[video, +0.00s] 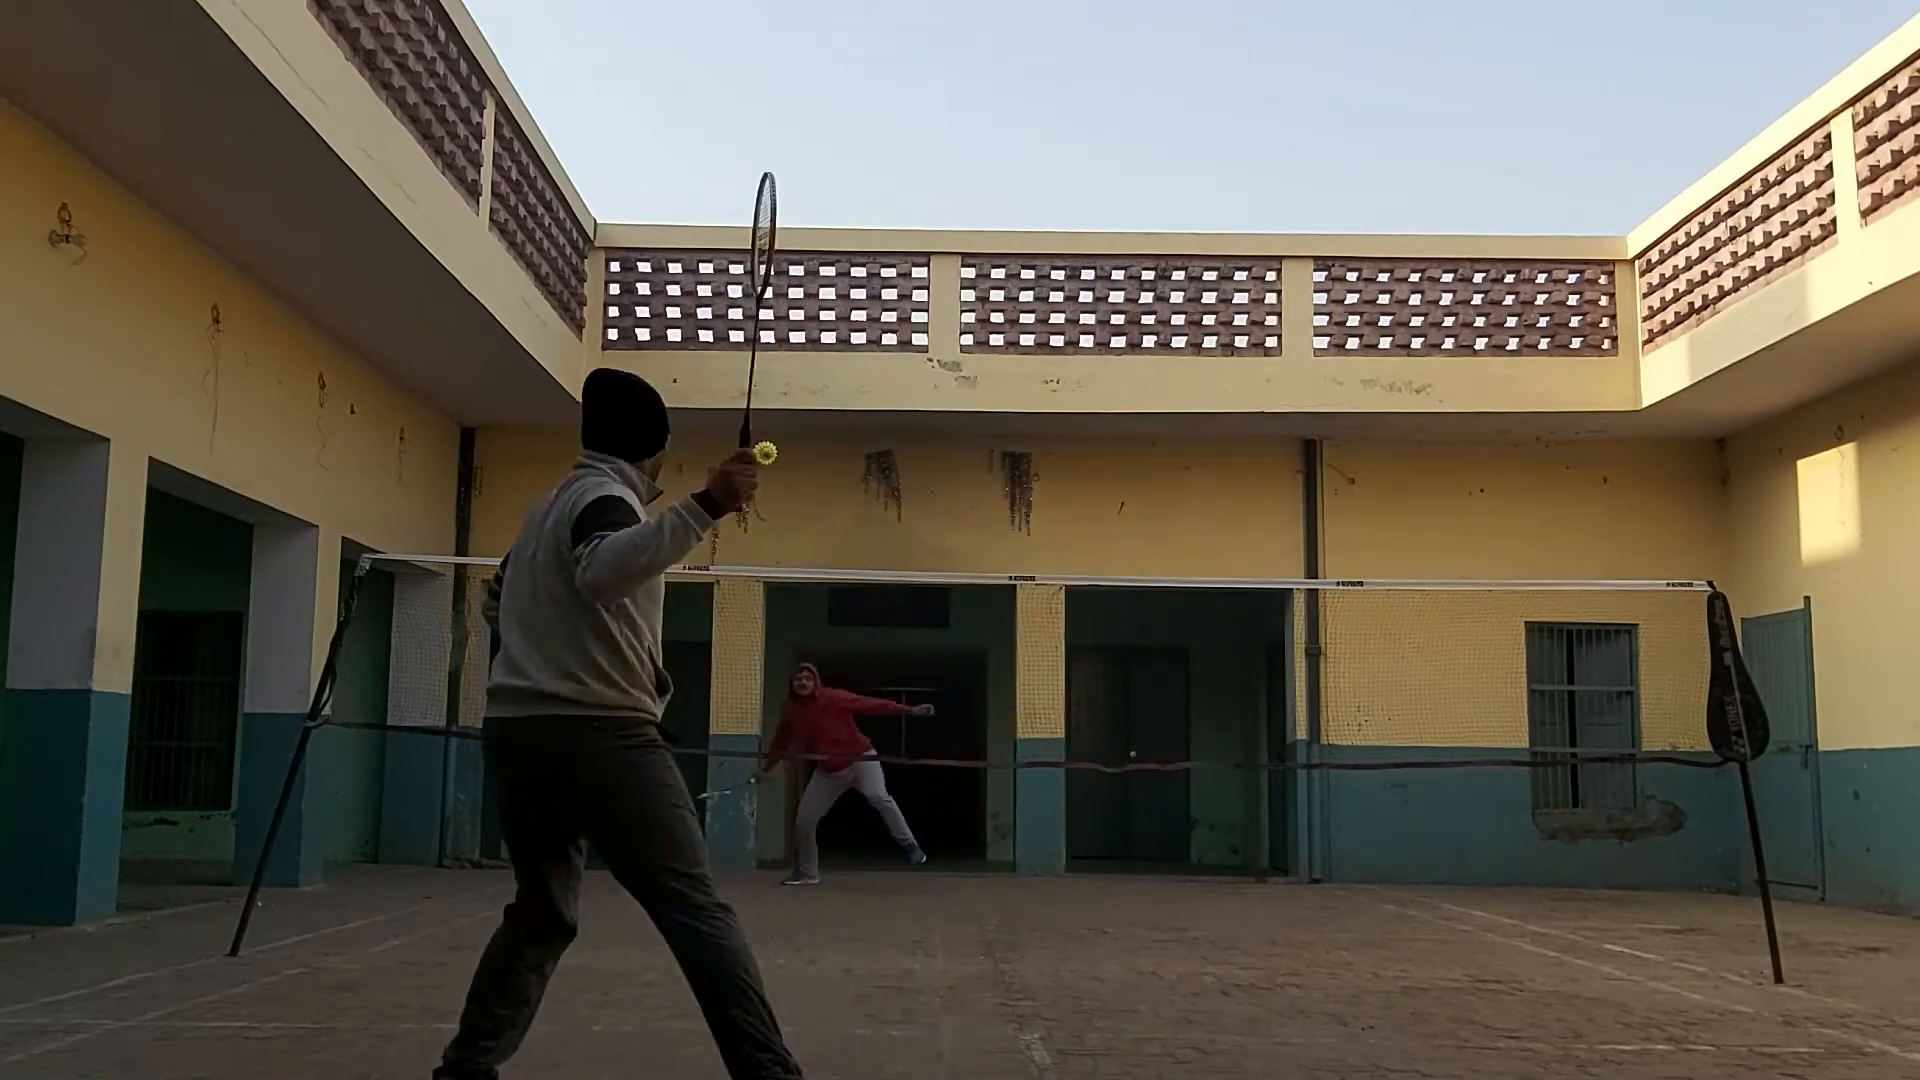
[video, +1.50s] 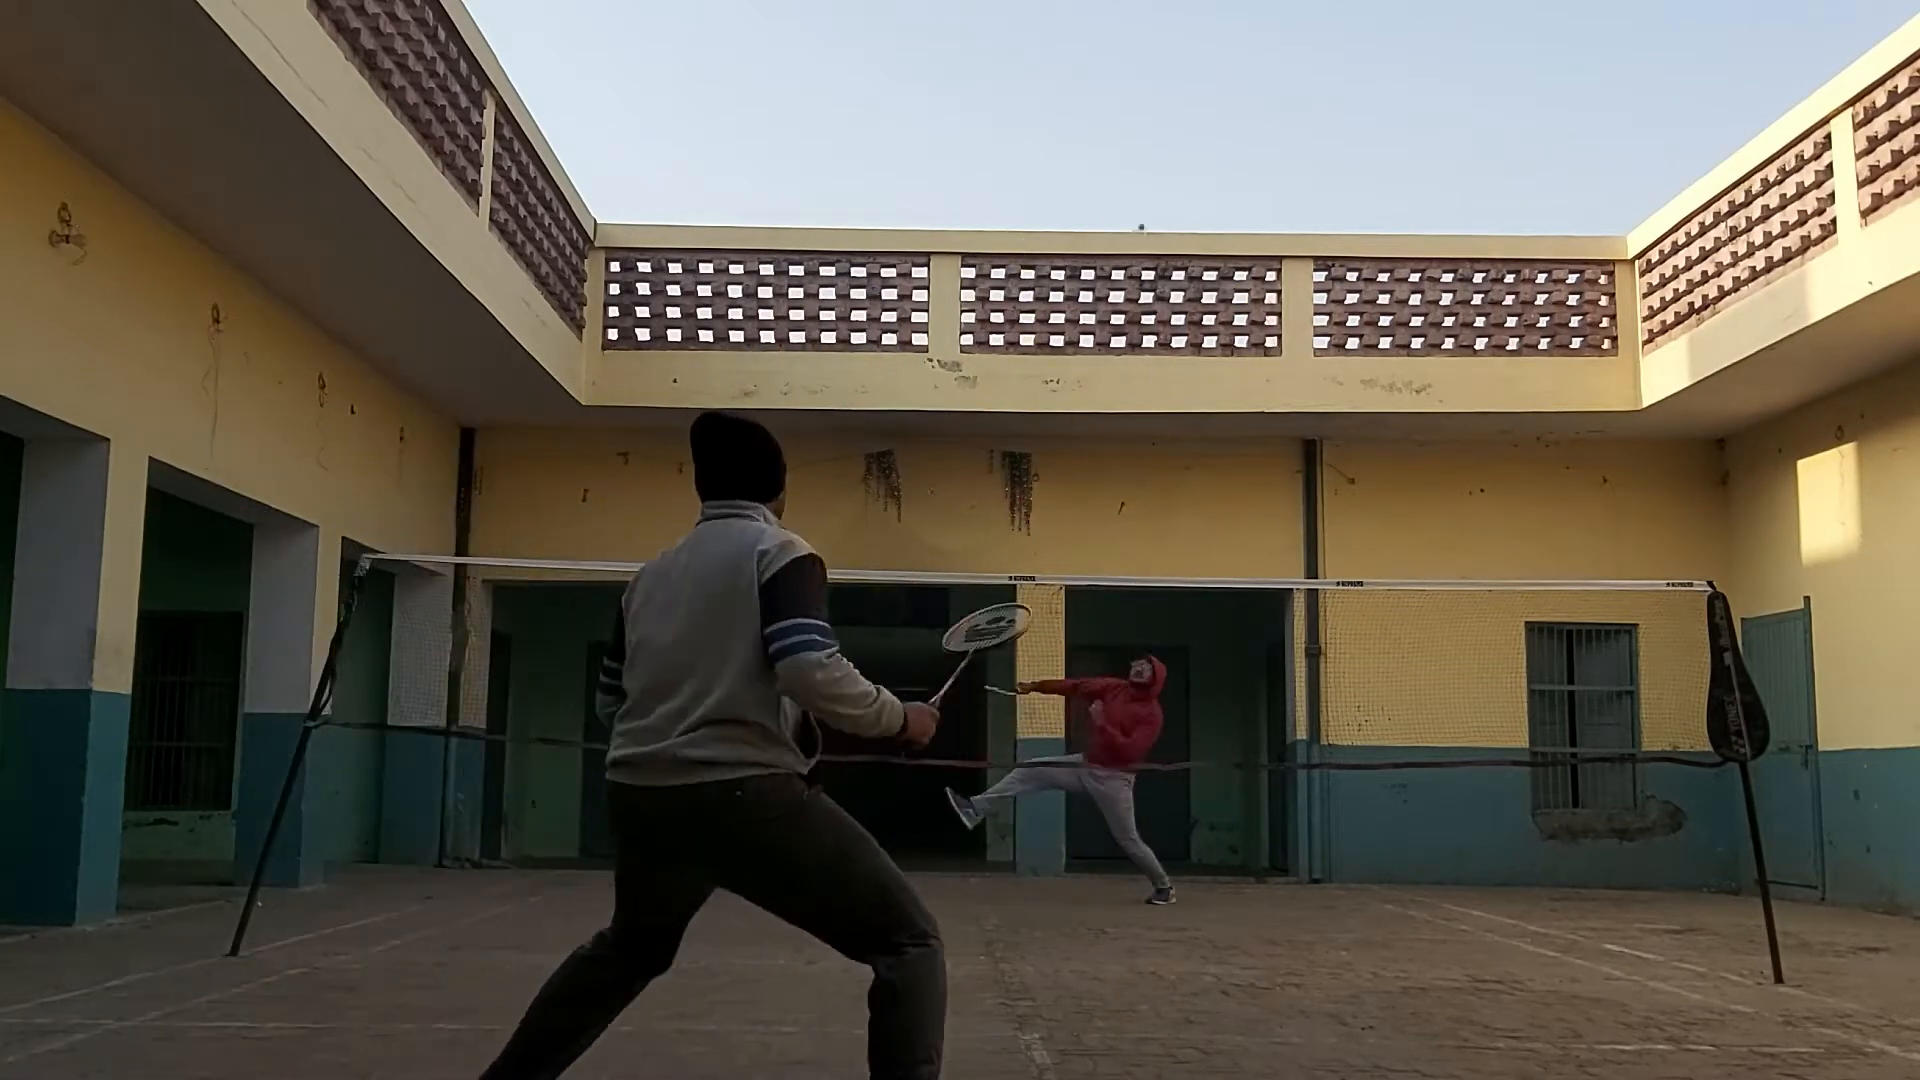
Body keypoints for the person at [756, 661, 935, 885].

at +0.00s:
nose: (802, 682)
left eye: (807, 678)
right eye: (798, 679)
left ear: (815, 682)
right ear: (793, 683)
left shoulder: (833, 698)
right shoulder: (791, 710)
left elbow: (872, 705)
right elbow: (780, 742)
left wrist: (911, 710)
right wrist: (766, 768)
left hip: (861, 761)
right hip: (829, 770)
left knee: (877, 796)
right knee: (805, 820)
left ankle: (910, 845)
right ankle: (807, 873)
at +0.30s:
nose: (839, 656)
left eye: (844, 652)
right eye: (835, 652)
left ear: (852, 656)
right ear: (828, 656)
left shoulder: (869, 679)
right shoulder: (822, 686)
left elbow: (894, 709)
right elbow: (815, 721)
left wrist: (881, 738)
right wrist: (810, 747)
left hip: (879, 755)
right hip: (845, 755)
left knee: (885, 812)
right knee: (825, 810)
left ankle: (897, 869)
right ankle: (820, 862)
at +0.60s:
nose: (883, 661)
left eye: (888, 657)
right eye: (879, 658)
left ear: (895, 665)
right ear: (872, 666)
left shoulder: (903, 689)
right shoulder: (866, 697)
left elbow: (912, 714)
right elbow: (864, 736)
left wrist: (880, 709)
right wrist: (856, 763)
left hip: (909, 772)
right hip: (872, 774)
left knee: (923, 818)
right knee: (839, 820)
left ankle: (956, 874)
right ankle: (831, 878)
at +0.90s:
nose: (956, 657)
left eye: (961, 650)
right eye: (954, 653)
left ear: (973, 651)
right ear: (955, 659)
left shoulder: (982, 672)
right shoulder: (956, 687)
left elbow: (971, 645)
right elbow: (957, 733)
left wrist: (942, 635)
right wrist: (944, 765)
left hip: (986, 757)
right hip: (963, 759)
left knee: (956, 816)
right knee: (943, 818)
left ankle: (969, 880)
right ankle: (992, 859)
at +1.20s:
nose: (1063, 639)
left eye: (1067, 637)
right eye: (1062, 637)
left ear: (1077, 644)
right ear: (1061, 644)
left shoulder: (1075, 660)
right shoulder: (1044, 669)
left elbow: (1058, 646)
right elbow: (1016, 683)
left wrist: (1038, 628)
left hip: (1039, 733)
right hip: (1019, 733)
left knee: (1028, 795)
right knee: (1020, 806)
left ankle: (1080, 812)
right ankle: (1033, 873)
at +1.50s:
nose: (1138, 669)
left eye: (1144, 667)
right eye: (1136, 665)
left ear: (1154, 678)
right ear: (1131, 671)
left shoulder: (1152, 715)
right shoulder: (1114, 688)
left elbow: (1129, 751)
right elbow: (1075, 686)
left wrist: (1101, 723)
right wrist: (1034, 686)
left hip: (1115, 780)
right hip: (1084, 768)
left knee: (1128, 840)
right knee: (1027, 773)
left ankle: (1164, 885)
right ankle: (973, 809)